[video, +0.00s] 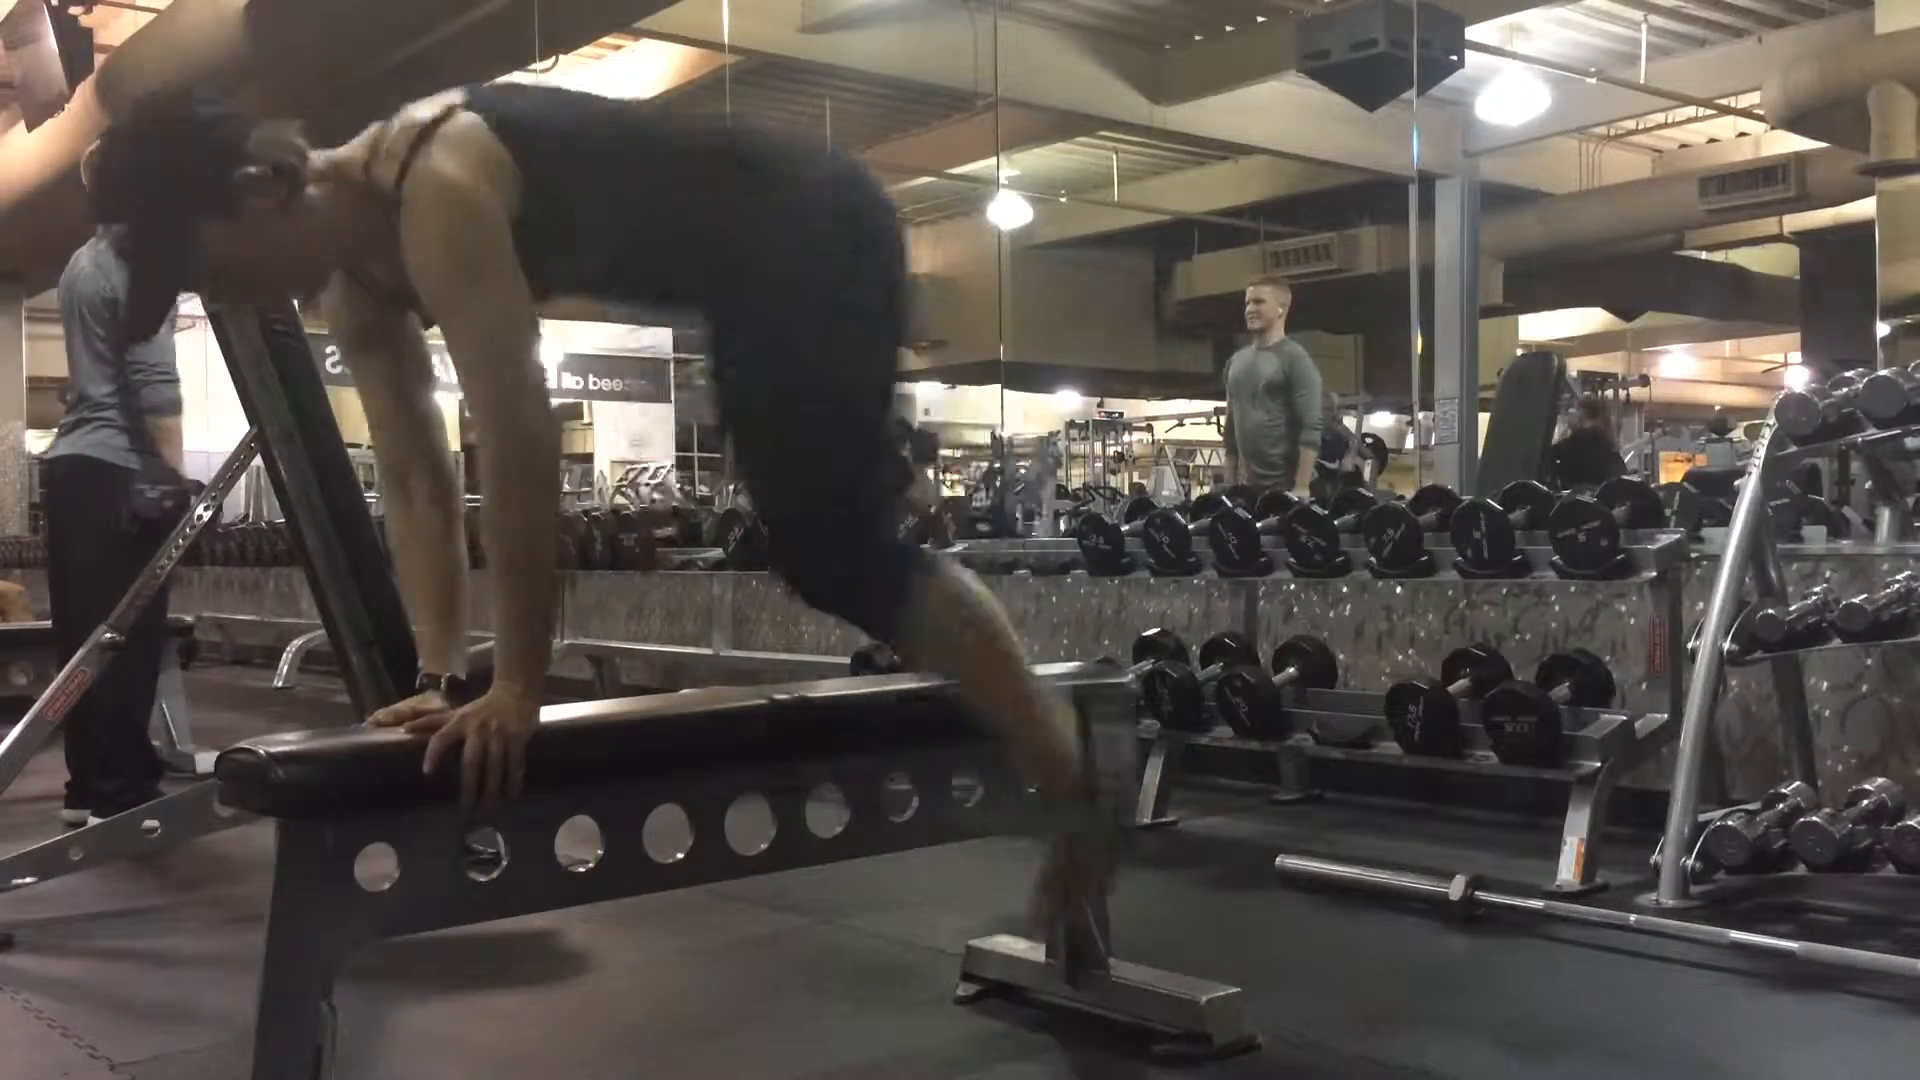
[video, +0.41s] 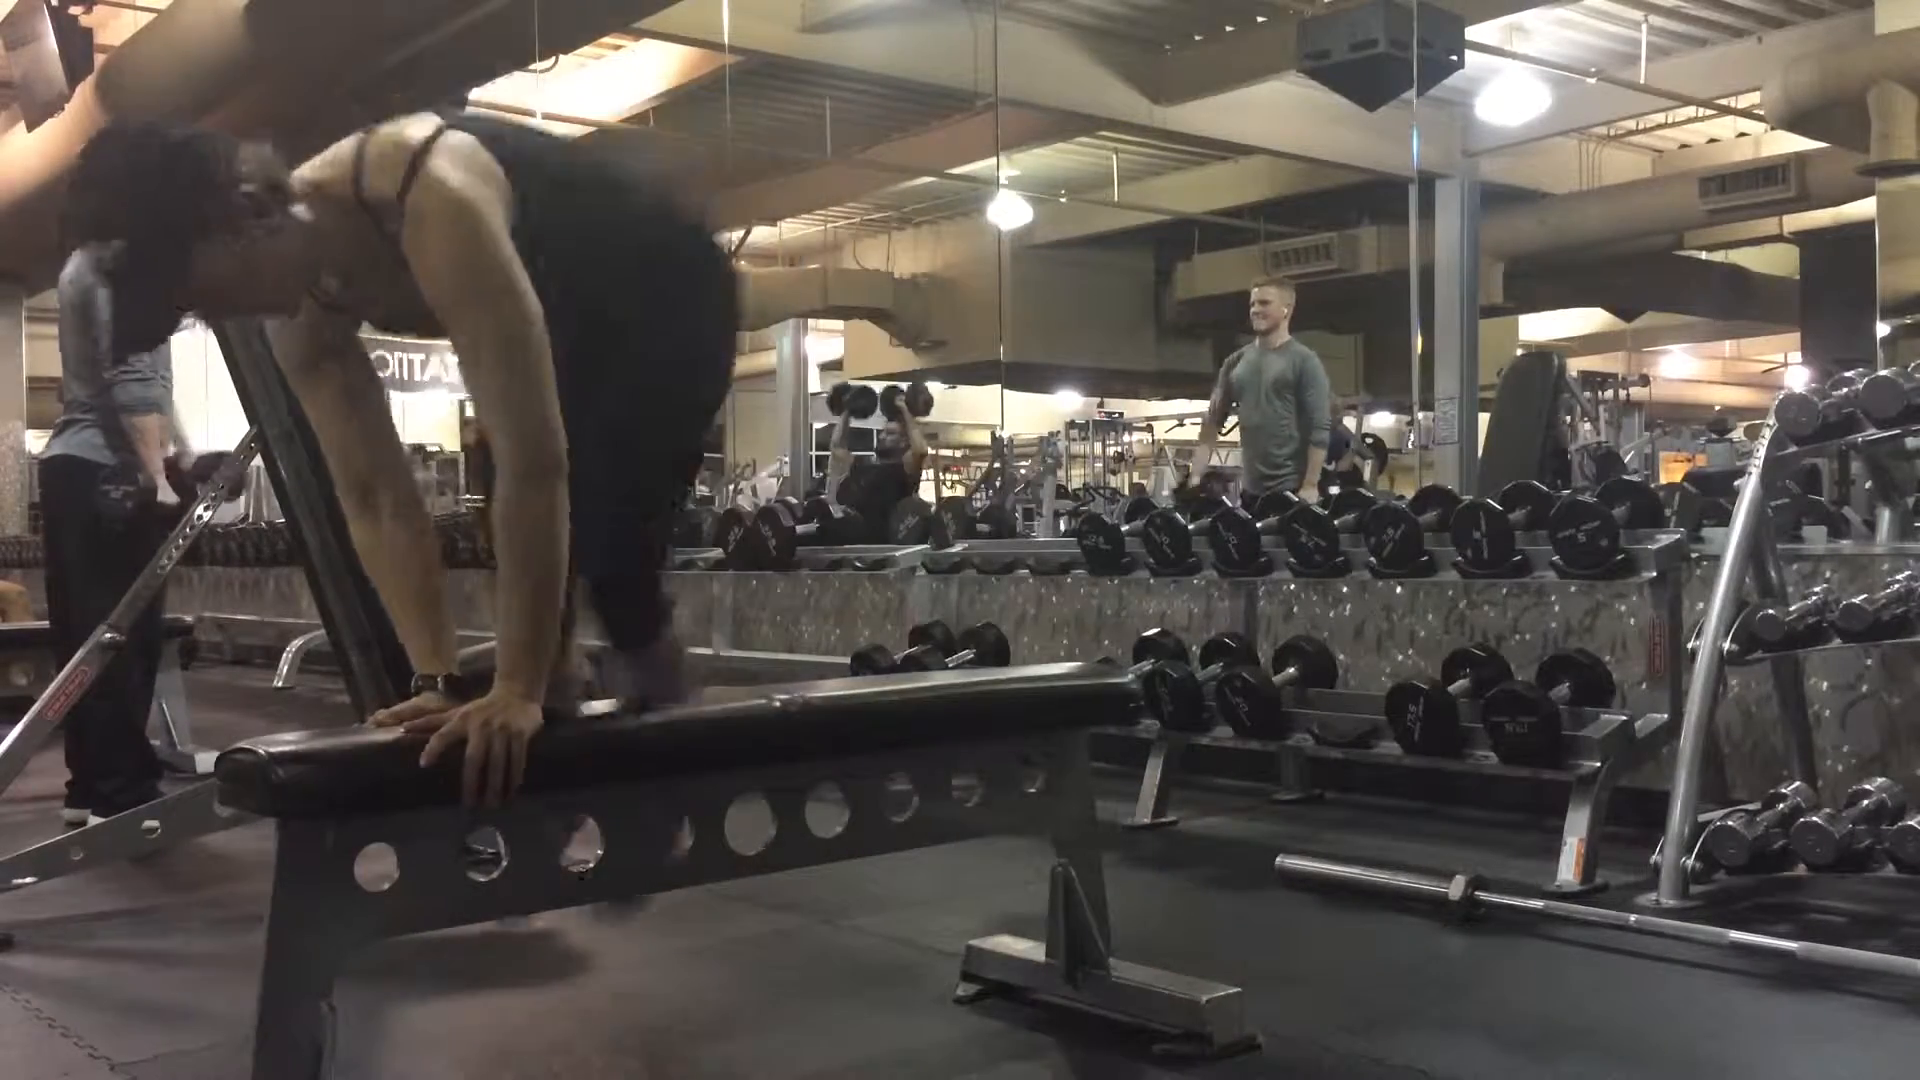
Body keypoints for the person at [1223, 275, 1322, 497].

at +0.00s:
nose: (1249, 309)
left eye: (1258, 302)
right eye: (1247, 303)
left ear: (1282, 309)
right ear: (1244, 307)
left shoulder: (1296, 359)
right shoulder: (1236, 362)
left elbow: (1312, 427)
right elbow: (1231, 425)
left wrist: (1302, 486)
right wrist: (1230, 480)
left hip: (1286, 486)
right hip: (1250, 484)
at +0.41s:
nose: (1255, 310)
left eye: (1264, 303)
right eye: (1252, 304)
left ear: (1286, 310)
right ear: (1249, 308)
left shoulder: (1304, 362)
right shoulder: (1235, 363)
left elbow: (1319, 429)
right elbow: (1212, 421)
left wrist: (1310, 486)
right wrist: (1195, 476)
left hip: (1291, 488)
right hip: (1251, 488)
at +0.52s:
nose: (1257, 312)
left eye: (1266, 305)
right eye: (1255, 306)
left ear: (1290, 309)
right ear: (1252, 309)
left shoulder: (1307, 361)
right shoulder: (1241, 359)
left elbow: (1321, 429)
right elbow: (1208, 401)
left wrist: (1311, 485)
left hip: (1292, 484)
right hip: (1252, 484)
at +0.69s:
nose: (1258, 316)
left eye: (1266, 308)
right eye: (1255, 310)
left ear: (1290, 309)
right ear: (1252, 311)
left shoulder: (1306, 360)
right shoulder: (1245, 356)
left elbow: (1321, 428)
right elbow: (1201, 375)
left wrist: (1312, 485)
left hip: (1293, 484)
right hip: (1254, 482)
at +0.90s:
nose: (1249, 321)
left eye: (1256, 312)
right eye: (1246, 314)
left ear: (1280, 309)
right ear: (1243, 315)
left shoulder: (1300, 358)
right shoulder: (1243, 354)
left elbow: (1318, 426)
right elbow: (1201, 355)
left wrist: (1311, 484)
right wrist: (1167, 346)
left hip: (1290, 486)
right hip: (1254, 484)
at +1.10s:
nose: (1249, 320)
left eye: (1256, 312)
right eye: (1246, 314)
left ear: (1281, 310)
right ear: (1244, 316)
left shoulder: (1300, 360)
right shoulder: (1242, 355)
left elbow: (1315, 427)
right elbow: (1194, 362)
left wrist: (1310, 485)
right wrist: (1146, 360)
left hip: (1289, 485)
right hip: (1252, 485)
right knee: (1251, 563)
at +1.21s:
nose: (1244, 321)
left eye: (1251, 313)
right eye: (1241, 314)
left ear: (1276, 311)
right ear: (1239, 316)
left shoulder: (1297, 365)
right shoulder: (1239, 357)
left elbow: (1311, 434)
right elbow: (1193, 376)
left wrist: (1308, 490)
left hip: (1286, 490)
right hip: (1250, 489)